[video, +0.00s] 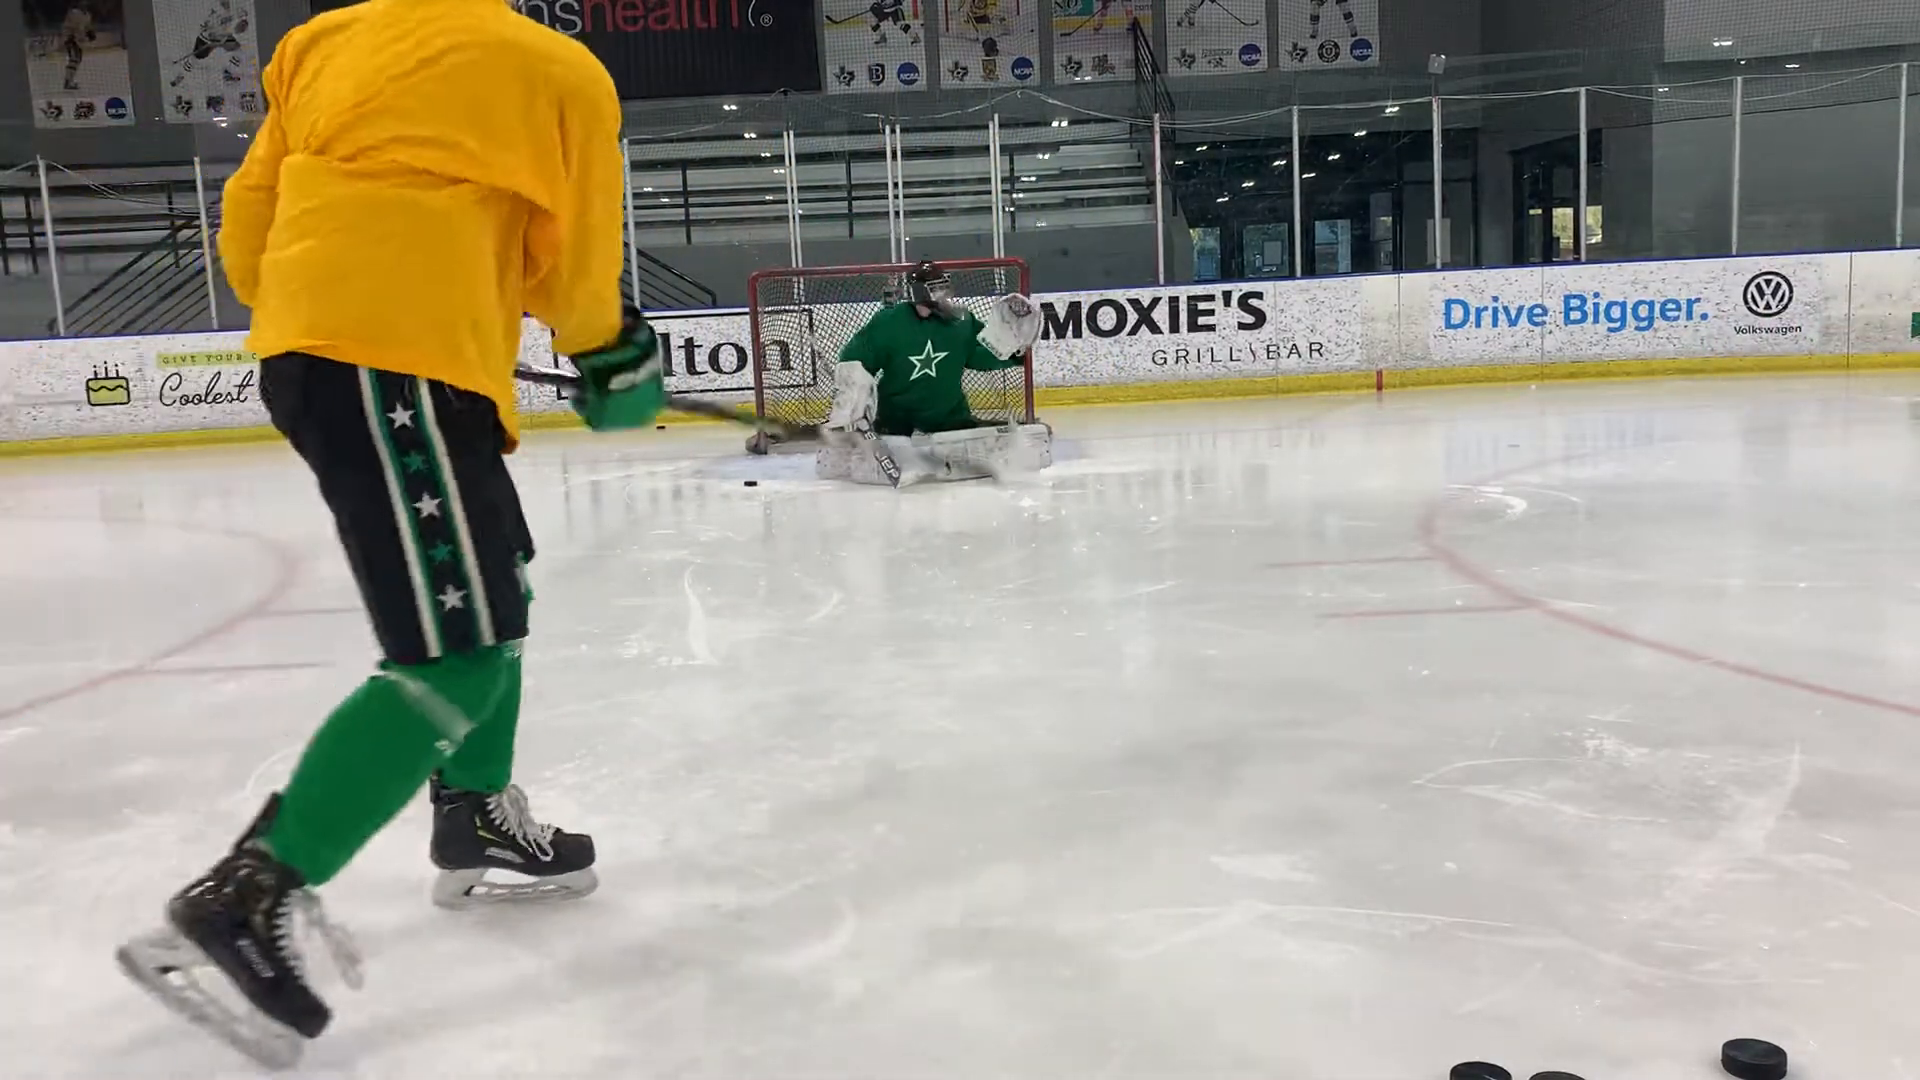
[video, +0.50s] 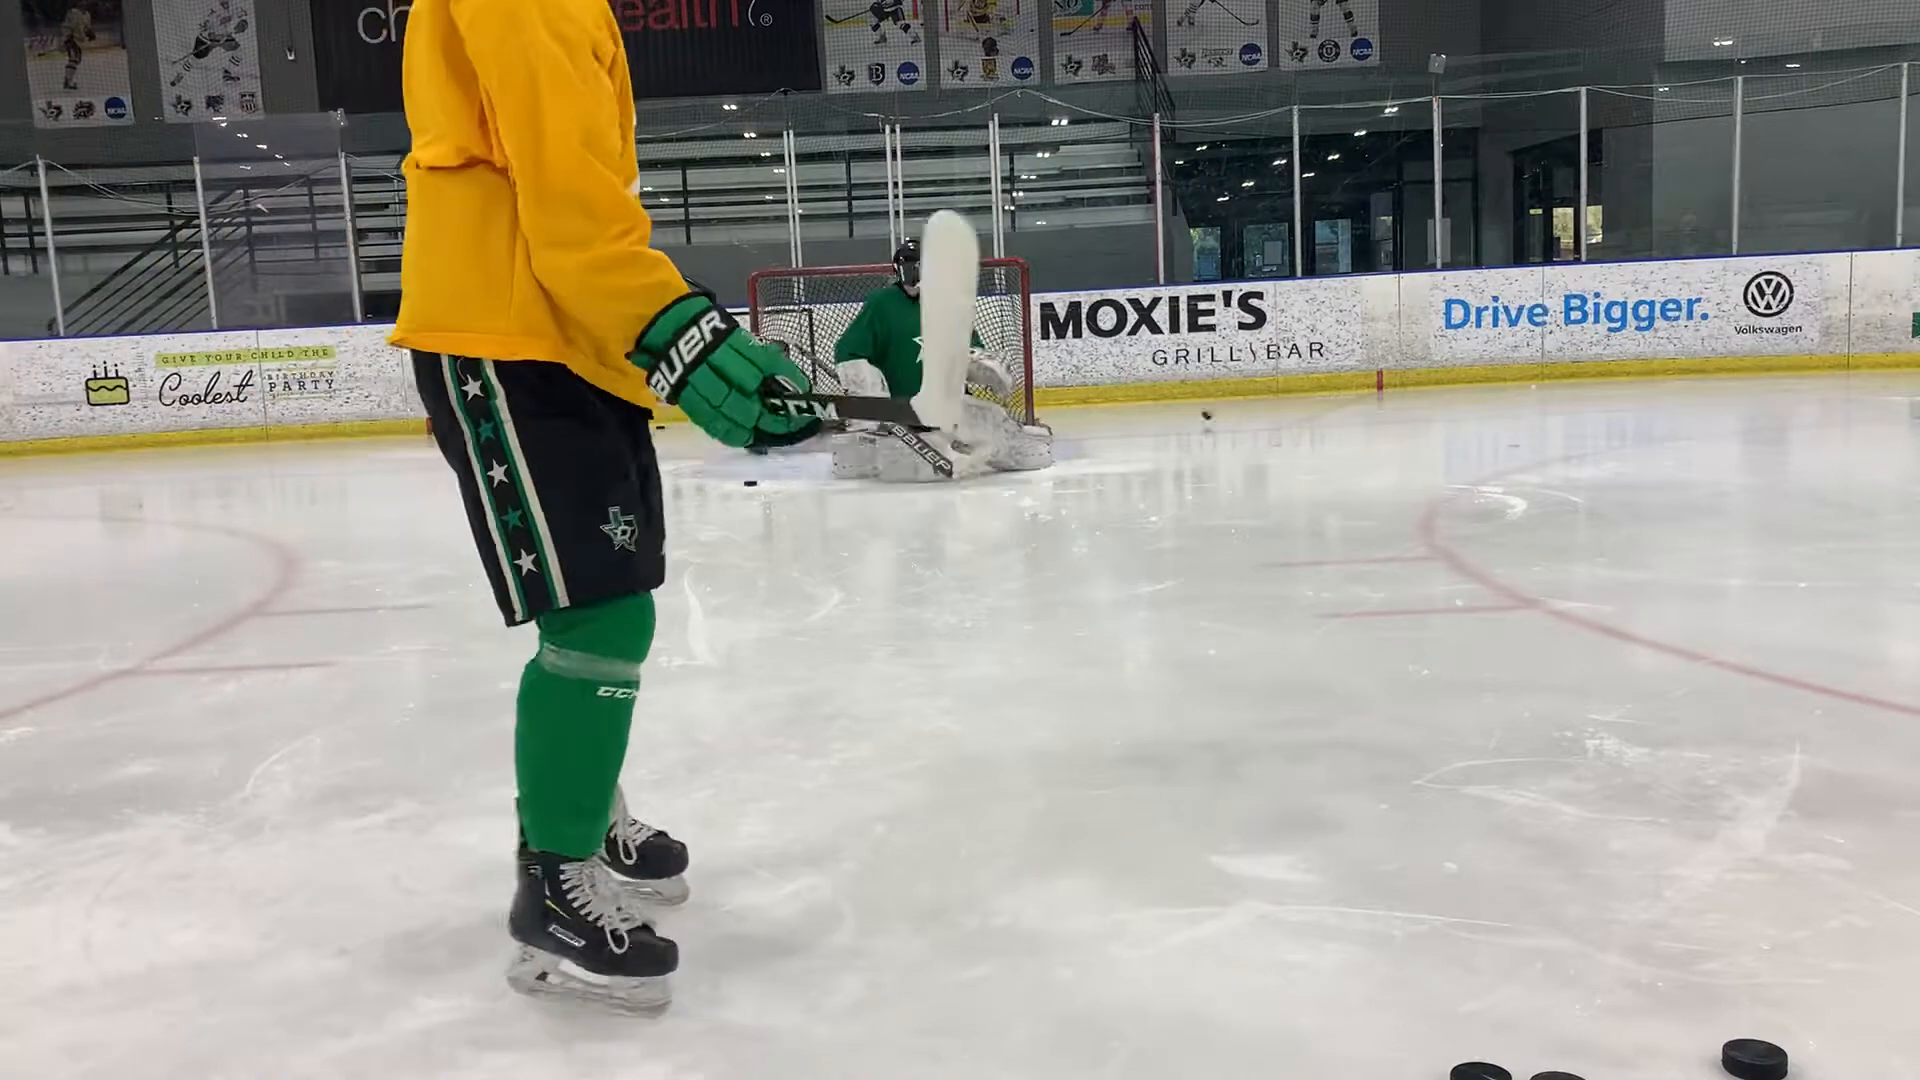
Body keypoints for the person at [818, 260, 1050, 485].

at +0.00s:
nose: (944, 297)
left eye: (945, 289)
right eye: (936, 291)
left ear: (948, 288)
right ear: (918, 293)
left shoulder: (961, 322)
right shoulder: (889, 323)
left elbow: (983, 356)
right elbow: (853, 360)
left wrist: (1013, 327)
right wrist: (852, 405)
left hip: (954, 426)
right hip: (899, 428)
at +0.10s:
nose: (940, 292)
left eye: (943, 284)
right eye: (933, 285)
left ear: (948, 285)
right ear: (915, 287)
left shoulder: (961, 319)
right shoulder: (890, 319)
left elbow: (976, 360)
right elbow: (852, 360)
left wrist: (1011, 343)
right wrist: (858, 399)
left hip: (954, 425)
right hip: (900, 427)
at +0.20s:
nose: (943, 288)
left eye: (945, 281)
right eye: (936, 282)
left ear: (948, 283)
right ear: (917, 284)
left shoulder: (959, 318)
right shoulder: (890, 317)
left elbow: (979, 361)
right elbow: (854, 359)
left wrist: (1005, 362)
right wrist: (860, 399)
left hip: (955, 423)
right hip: (902, 425)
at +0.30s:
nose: (941, 285)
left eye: (943, 278)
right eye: (933, 278)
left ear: (946, 278)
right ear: (913, 281)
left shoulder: (956, 312)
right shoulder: (889, 310)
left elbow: (974, 359)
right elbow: (854, 355)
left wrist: (999, 377)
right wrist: (863, 400)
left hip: (956, 419)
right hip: (904, 422)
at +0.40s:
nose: (936, 278)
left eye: (938, 271)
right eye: (928, 272)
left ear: (942, 272)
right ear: (908, 275)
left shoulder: (953, 309)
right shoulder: (887, 307)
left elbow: (972, 350)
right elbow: (853, 353)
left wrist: (984, 372)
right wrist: (866, 395)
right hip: (895, 418)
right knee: (850, 459)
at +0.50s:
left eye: (918, 267)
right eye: (906, 268)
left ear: (930, 268)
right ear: (896, 270)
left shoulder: (945, 301)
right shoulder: (882, 303)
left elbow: (968, 347)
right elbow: (849, 353)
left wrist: (987, 370)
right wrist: (873, 400)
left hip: (945, 402)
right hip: (896, 406)